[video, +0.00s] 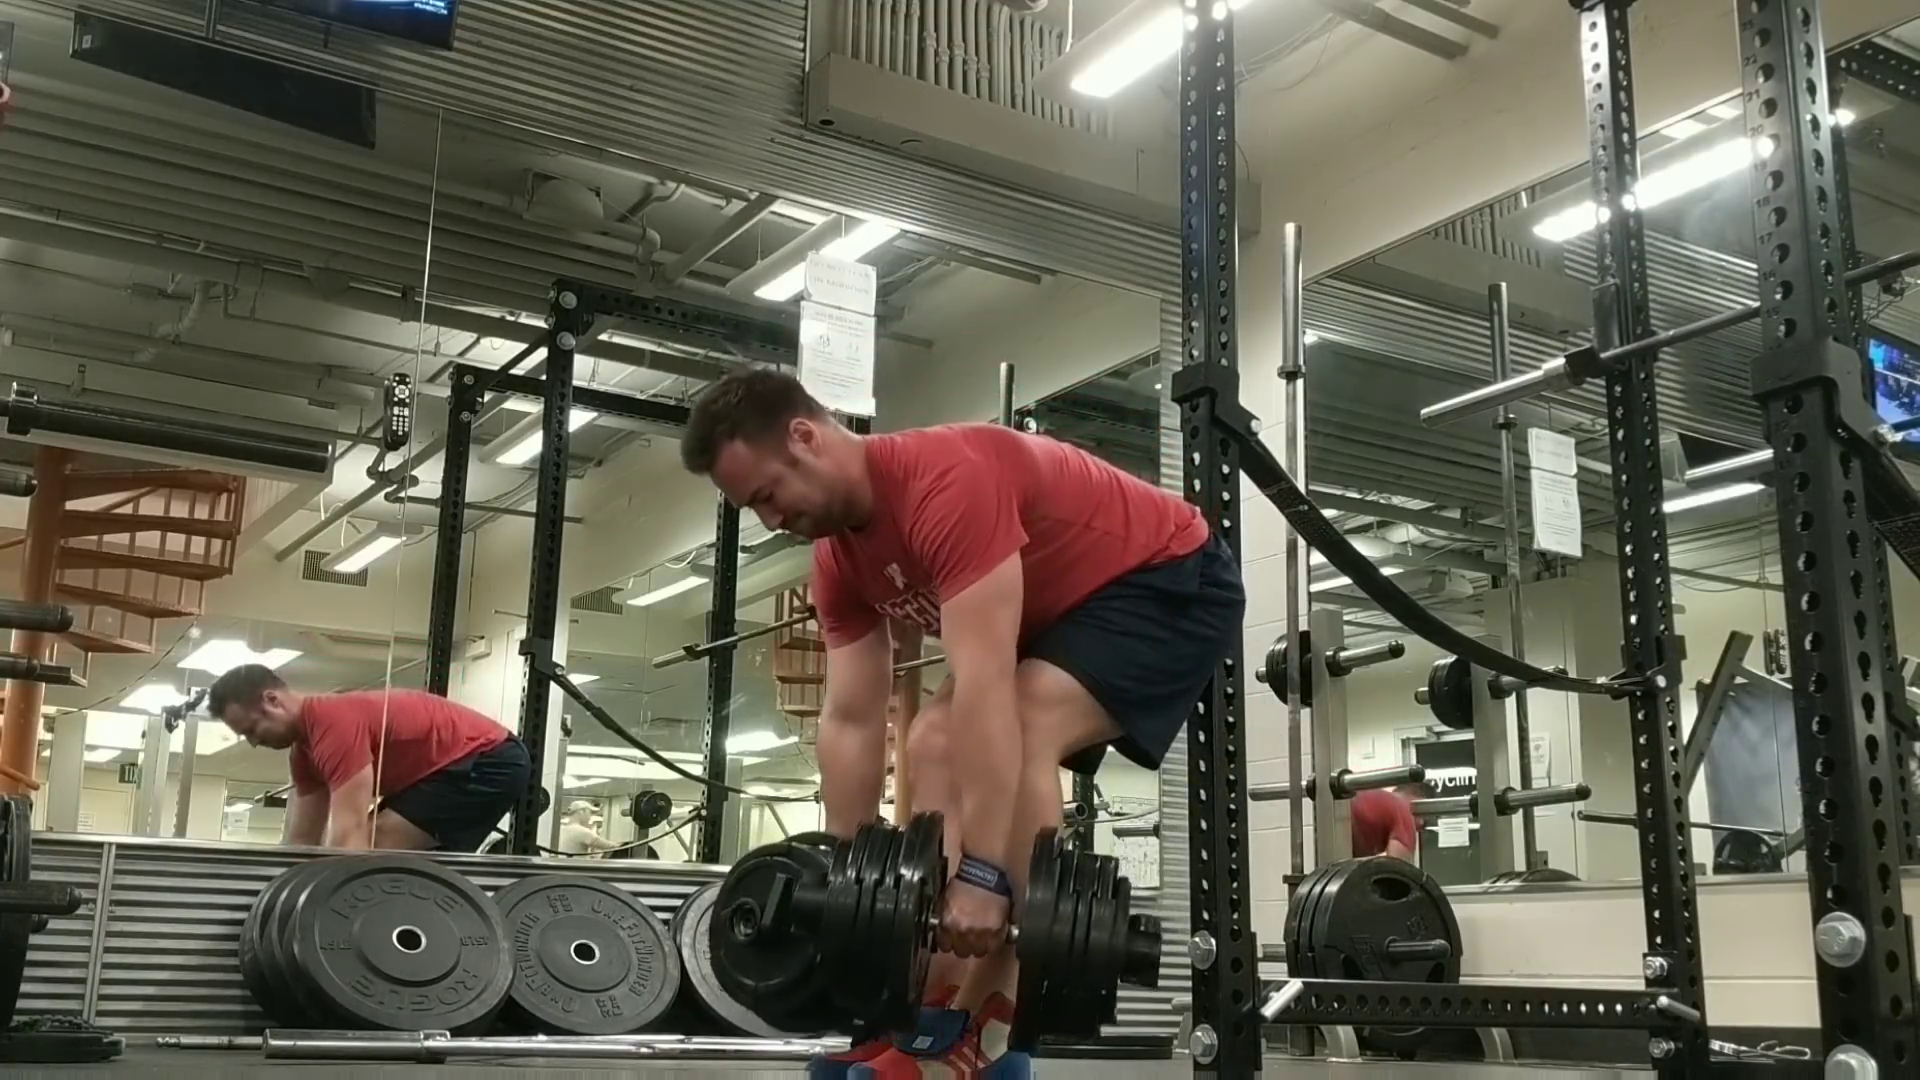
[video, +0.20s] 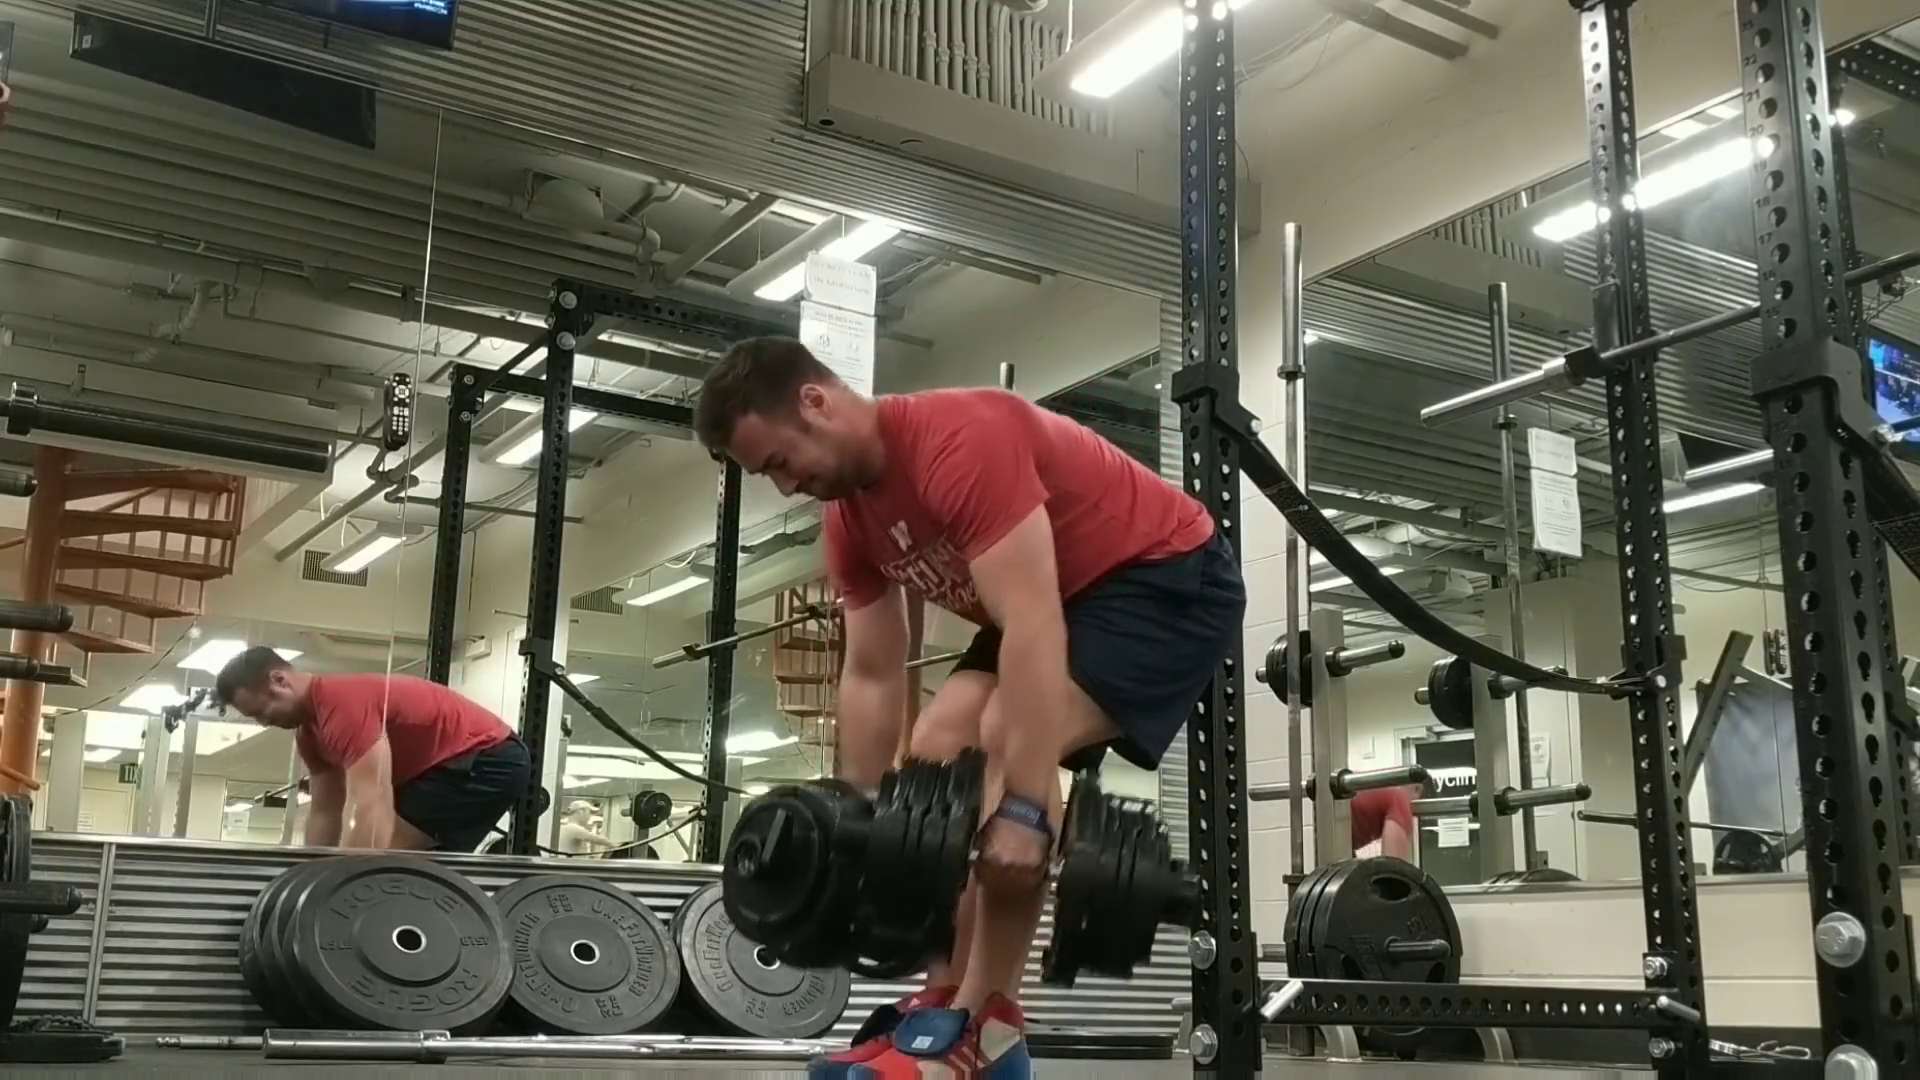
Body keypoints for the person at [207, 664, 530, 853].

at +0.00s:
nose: (252, 741)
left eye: (249, 729)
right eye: (244, 735)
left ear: (273, 700)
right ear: (273, 703)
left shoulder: (335, 723)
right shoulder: (305, 748)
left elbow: (351, 834)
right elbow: (301, 840)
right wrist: (274, 910)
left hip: (489, 760)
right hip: (460, 768)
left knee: (380, 839)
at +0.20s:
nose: (265, 723)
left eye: (262, 712)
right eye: (256, 718)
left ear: (280, 680)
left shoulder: (342, 705)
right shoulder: (310, 729)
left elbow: (373, 808)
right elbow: (325, 811)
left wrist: (344, 896)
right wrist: (300, 886)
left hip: (488, 759)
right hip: (453, 767)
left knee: (388, 855)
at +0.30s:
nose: (269, 714)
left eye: (264, 702)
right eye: (261, 708)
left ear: (285, 670)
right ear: (285, 672)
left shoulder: (346, 688)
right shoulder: (319, 719)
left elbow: (391, 779)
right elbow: (338, 793)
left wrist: (365, 871)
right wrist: (317, 868)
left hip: (486, 759)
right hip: (453, 766)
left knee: (393, 857)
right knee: (395, 861)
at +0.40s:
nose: (282, 706)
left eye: (276, 696)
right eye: (273, 702)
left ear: (290, 662)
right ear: (291, 663)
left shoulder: (352, 675)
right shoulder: (326, 705)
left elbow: (409, 761)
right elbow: (352, 776)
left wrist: (385, 856)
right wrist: (336, 848)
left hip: (490, 756)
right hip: (455, 761)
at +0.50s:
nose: (292, 701)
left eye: (285, 692)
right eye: (283, 697)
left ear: (296, 657)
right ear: (296, 657)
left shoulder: (357, 665)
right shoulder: (332, 691)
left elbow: (426, 740)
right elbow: (365, 759)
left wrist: (406, 829)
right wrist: (347, 831)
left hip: (489, 757)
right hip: (453, 760)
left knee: (422, 862)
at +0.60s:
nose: (303, 701)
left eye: (295, 692)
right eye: (293, 698)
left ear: (300, 657)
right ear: (301, 655)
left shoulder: (364, 661)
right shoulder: (338, 687)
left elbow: (439, 724)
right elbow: (379, 744)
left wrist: (420, 811)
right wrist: (363, 810)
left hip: (490, 756)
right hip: (454, 758)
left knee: (436, 868)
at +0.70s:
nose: (309, 703)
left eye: (299, 696)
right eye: (298, 702)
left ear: (300, 662)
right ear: (300, 659)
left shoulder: (365, 662)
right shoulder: (341, 680)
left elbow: (448, 717)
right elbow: (387, 742)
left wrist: (431, 803)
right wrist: (376, 802)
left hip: (490, 758)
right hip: (455, 762)